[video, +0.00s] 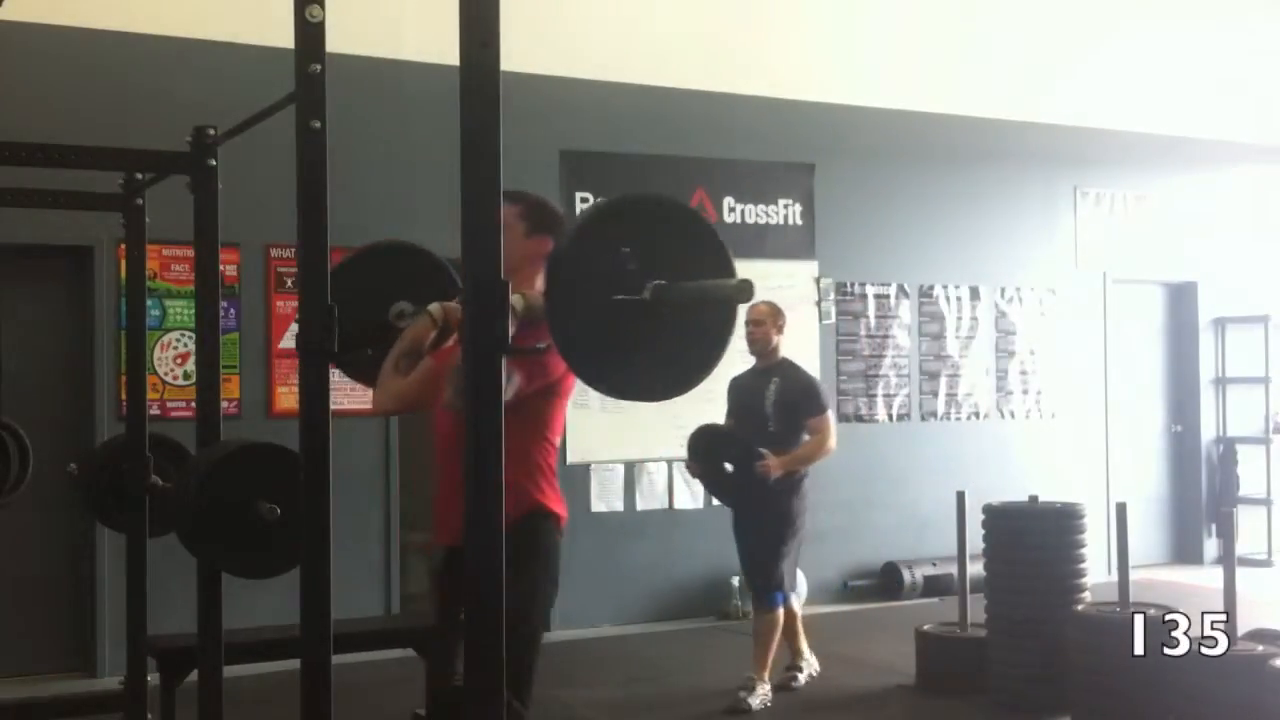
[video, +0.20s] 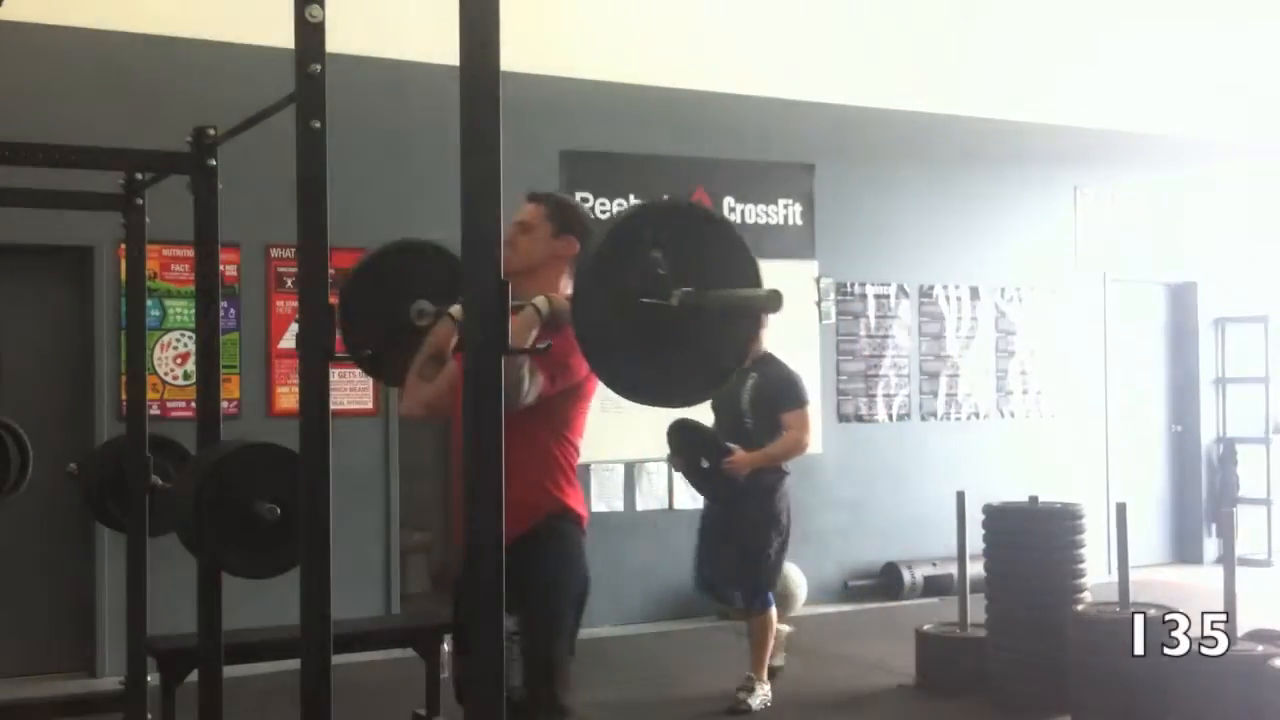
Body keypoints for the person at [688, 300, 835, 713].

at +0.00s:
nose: (751, 331)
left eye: (759, 325)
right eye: (748, 326)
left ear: (780, 330)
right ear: (745, 332)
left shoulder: (800, 382)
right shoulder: (739, 385)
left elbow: (825, 440)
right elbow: (732, 439)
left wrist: (783, 463)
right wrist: (706, 462)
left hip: (784, 491)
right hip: (746, 491)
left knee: (769, 584)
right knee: (771, 581)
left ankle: (760, 682)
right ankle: (803, 656)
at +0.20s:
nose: (738, 331)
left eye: (745, 323)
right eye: (733, 324)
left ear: (761, 322)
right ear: (723, 327)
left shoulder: (780, 376)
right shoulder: (723, 375)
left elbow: (799, 438)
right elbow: (726, 437)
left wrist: (751, 459)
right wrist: (691, 455)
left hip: (764, 492)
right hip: (726, 491)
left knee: (757, 589)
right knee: (712, 580)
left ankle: (759, 682)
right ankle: (773, 629)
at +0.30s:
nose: (746, 345)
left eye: (753, 337)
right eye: (740, 337)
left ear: (764, 339)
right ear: (728, 338)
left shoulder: (771, 377)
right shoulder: (715, 375)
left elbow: (785, 437)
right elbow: (715, 436)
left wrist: (735, 459)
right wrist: (683, 454)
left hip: (754, 490)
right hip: (714, 488)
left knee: (752, 586)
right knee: (692, 575)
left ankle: (759, 681)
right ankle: (736, 640)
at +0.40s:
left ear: (739, 329)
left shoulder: (755, 375)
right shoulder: (703, 375)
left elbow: (769, 437)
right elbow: (705, 435)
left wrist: (719, 458)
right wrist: (674, 460)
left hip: (741, 492)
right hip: (701, 491)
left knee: (742, 583)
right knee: (678, 577)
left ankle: (758, 681)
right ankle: (697, 673)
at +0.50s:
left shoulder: (738, 377)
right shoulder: (682, 383)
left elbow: (754, 441)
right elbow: (693, 443)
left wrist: (702, 461)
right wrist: (660, 464)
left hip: (728, 498)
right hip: (687, 498)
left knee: (740, 592)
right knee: (667, 592)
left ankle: (758, 681)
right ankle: (645, 681)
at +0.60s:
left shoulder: (721, 383)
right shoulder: (669, 391)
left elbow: (737, 443)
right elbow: (677, 448)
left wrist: (683, 464)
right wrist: (645, 464)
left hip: (709, 502)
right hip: (667, 503)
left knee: (726, 593)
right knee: (648, 596)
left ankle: (756, 680)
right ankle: (623, 689)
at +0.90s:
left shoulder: (662, 368)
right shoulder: (593, 370)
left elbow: (688, 432)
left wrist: (637, 450)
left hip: (647, 493)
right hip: (603, 494)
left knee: (644, 590)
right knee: (613, 598)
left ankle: (699, 657)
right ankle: (616, 695)